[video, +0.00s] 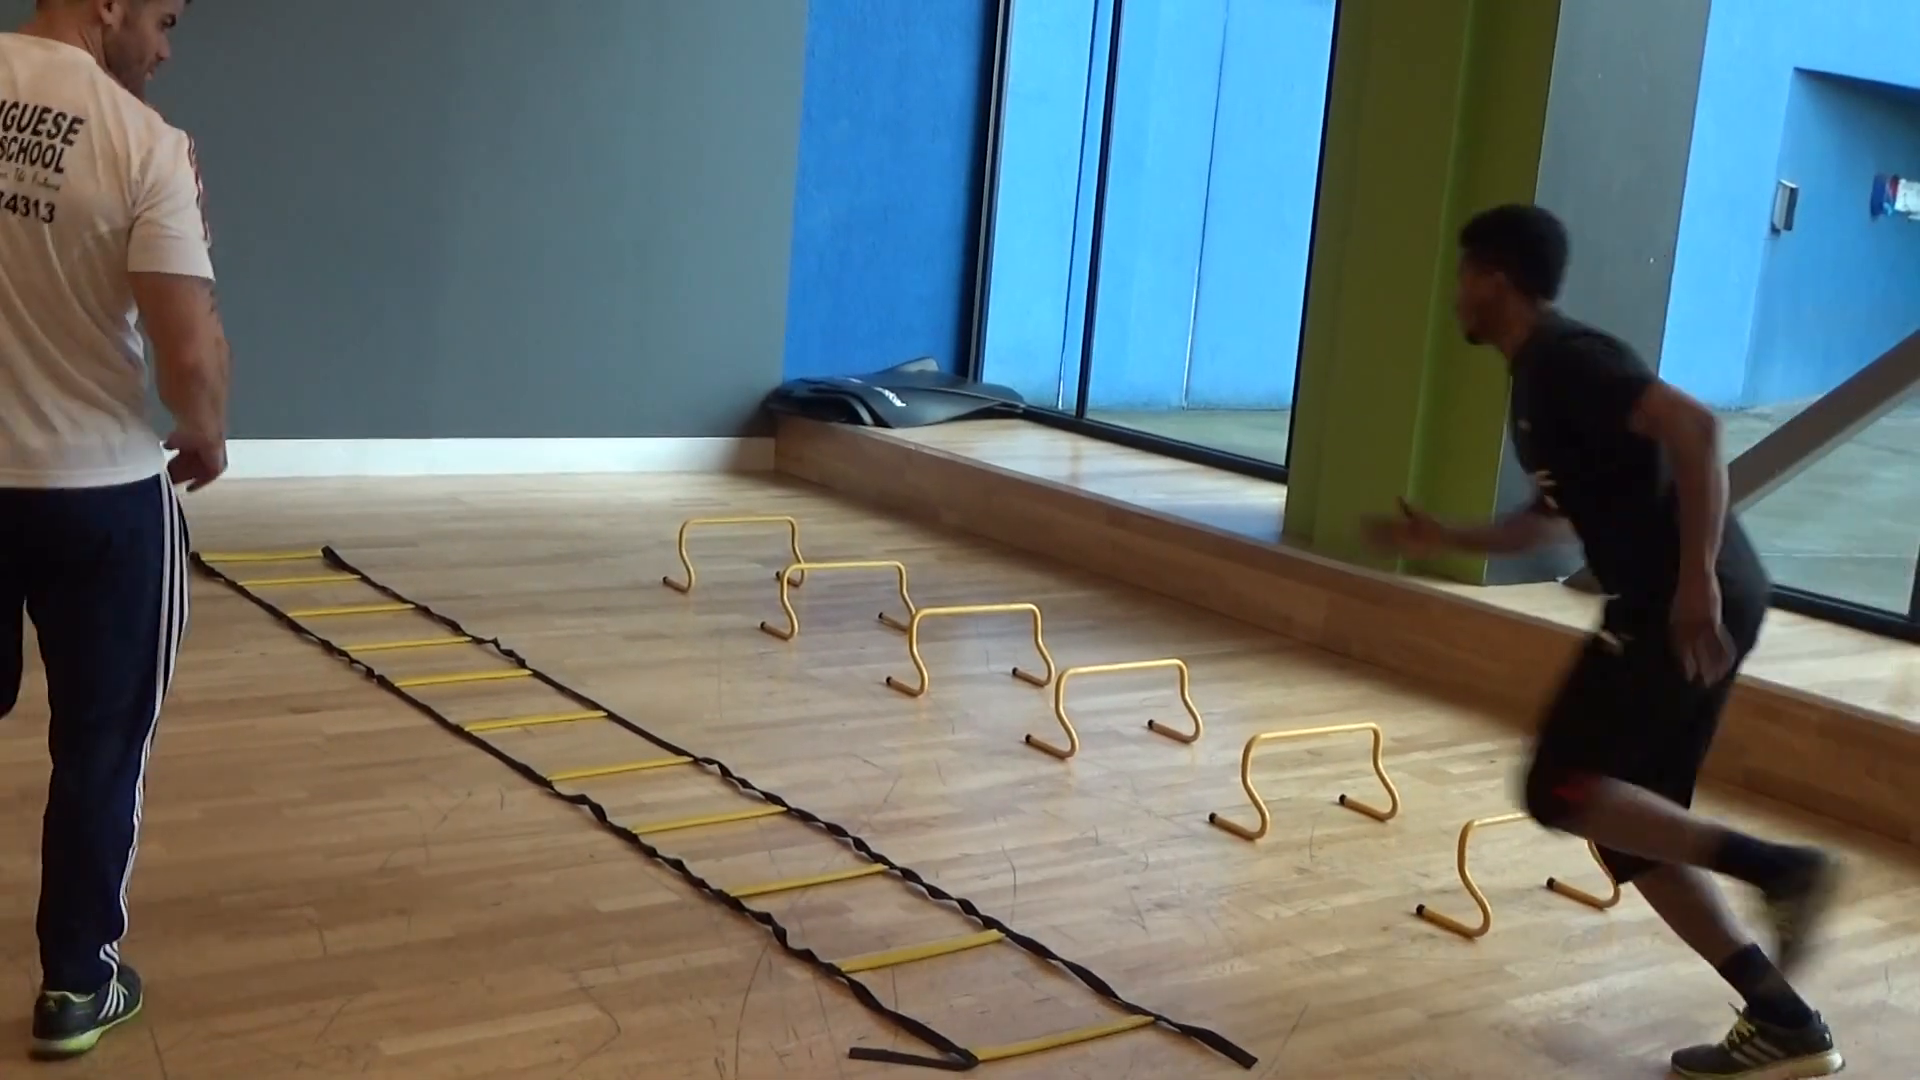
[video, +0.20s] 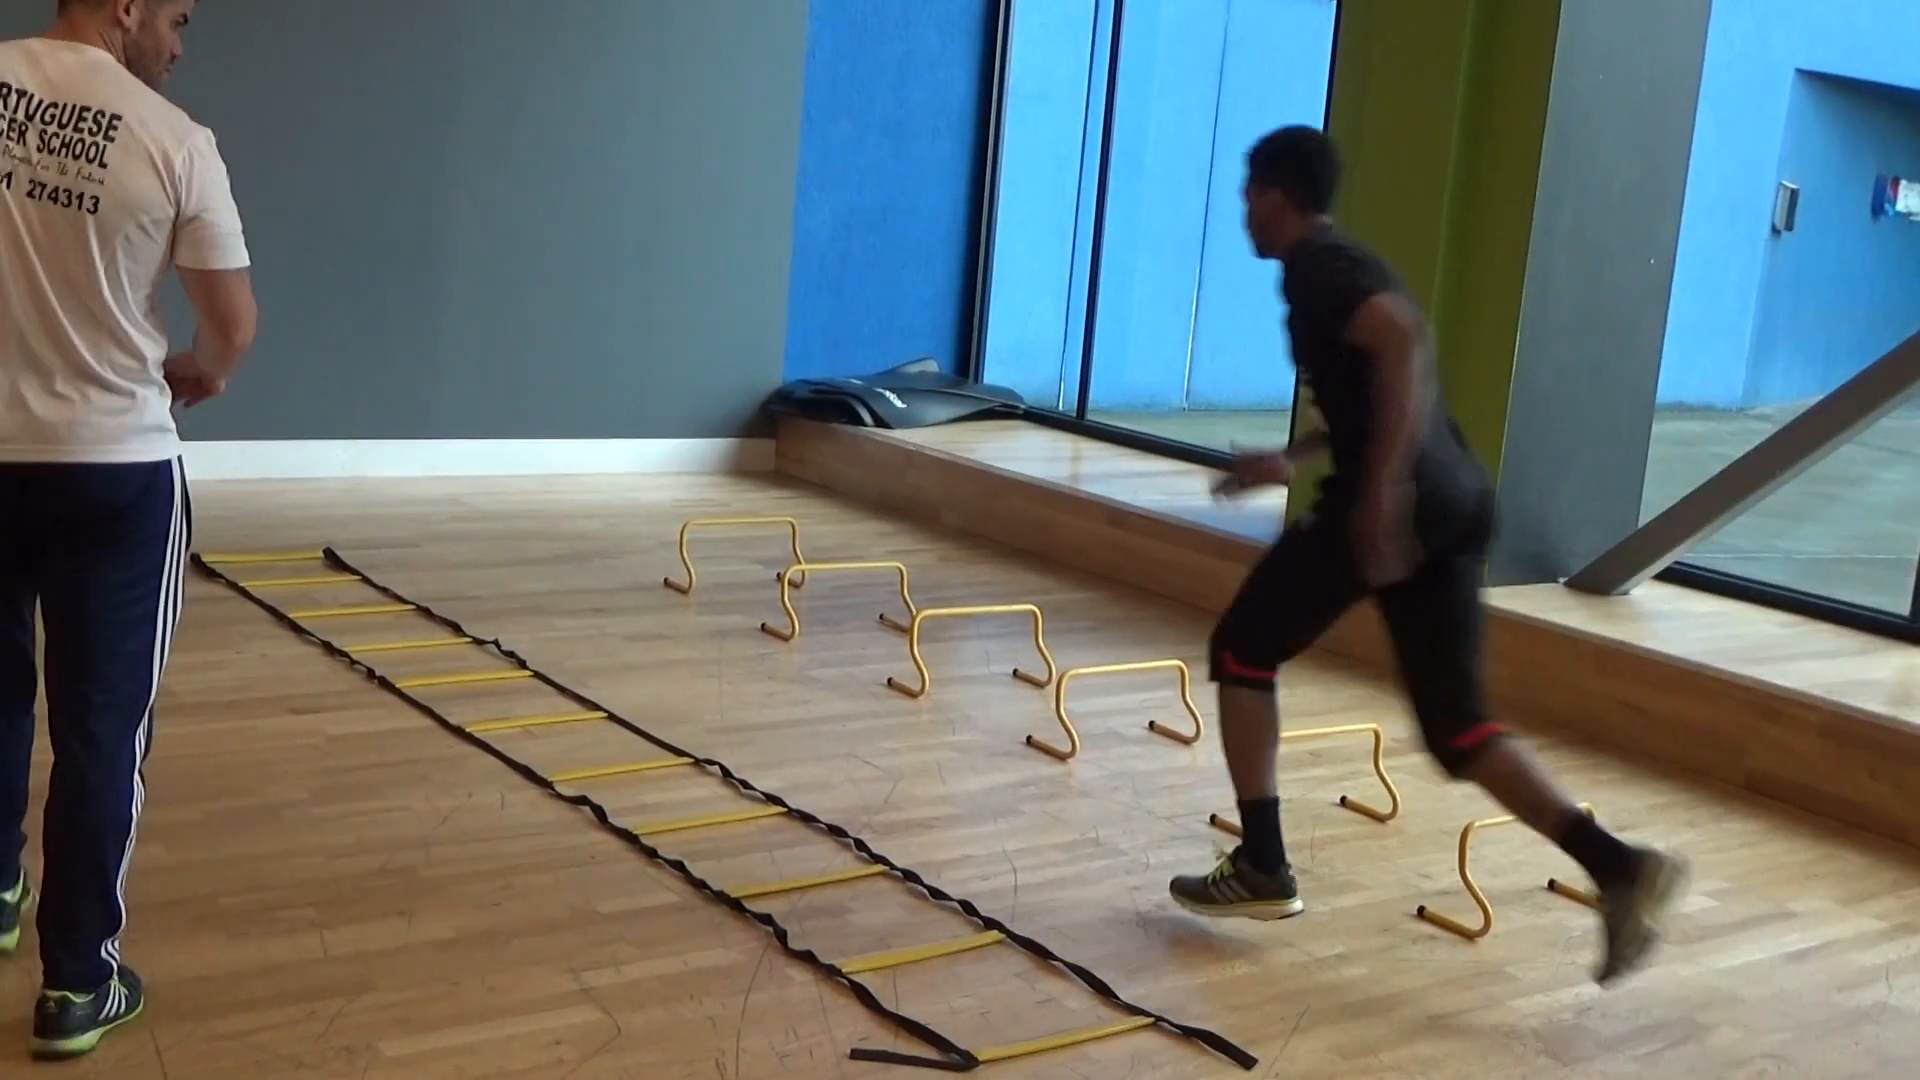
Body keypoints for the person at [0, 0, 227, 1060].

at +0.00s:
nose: (169, 49)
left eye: (173, 26)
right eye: (163, 23)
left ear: (68, 12)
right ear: (104, 11)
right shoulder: (142, 142)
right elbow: (187, 346)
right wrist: (205, 438)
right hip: (95, 489)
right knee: (99, 741)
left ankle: (71, 969)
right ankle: (74, 986)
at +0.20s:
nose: (184, 40)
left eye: (186, 19)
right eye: (178, 17)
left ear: (81, 9)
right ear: (125, 9)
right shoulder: (175, 140)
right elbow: (231, 325)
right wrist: (193, 375)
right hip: (108, 464)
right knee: (103, 730)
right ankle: (75, 985)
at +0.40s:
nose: (169, 59)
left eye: (172, 39)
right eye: (164, 37)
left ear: (82, 23)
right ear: (111, 23)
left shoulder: (1, 89)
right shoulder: (156, 150)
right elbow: (220, 334)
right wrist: (234, 382)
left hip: (1, 449)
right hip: (110, 457)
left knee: (9, 666)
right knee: (117, 692)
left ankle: (9, 852)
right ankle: (86, 932)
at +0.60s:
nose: (152, 37)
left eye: (155, 20)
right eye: (154, 19)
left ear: (62, 6)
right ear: (126, 13)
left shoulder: (0, 73)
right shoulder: (143, 125)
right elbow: (190, 294)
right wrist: (226, 415)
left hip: (4, 413)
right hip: (104, 417)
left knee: (7, 631)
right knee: (144, 604)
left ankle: (12, 842)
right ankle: (101, 806)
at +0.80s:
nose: (152, 46)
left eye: (151, 33)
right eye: (153, 32)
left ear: (66, 16)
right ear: (141, 29)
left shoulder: (6, 79)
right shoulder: (151, 132)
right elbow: (180, 291)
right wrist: (203, 418)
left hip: (8, 402)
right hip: (117, 410)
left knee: (10, 620)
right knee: (123, 599)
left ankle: (14, 836)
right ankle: (124, 762)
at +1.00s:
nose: (166, 54)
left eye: (161, 39)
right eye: (169, 40)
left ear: (86, 23)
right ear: (163, 39)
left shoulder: (12, 92)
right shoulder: (180, 146)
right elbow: (205, 293)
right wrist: (219, 412)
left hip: (21, 397)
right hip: (139, 405)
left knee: (21, 584)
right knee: (138, 583)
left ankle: (18, 764)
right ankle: (118, 757)